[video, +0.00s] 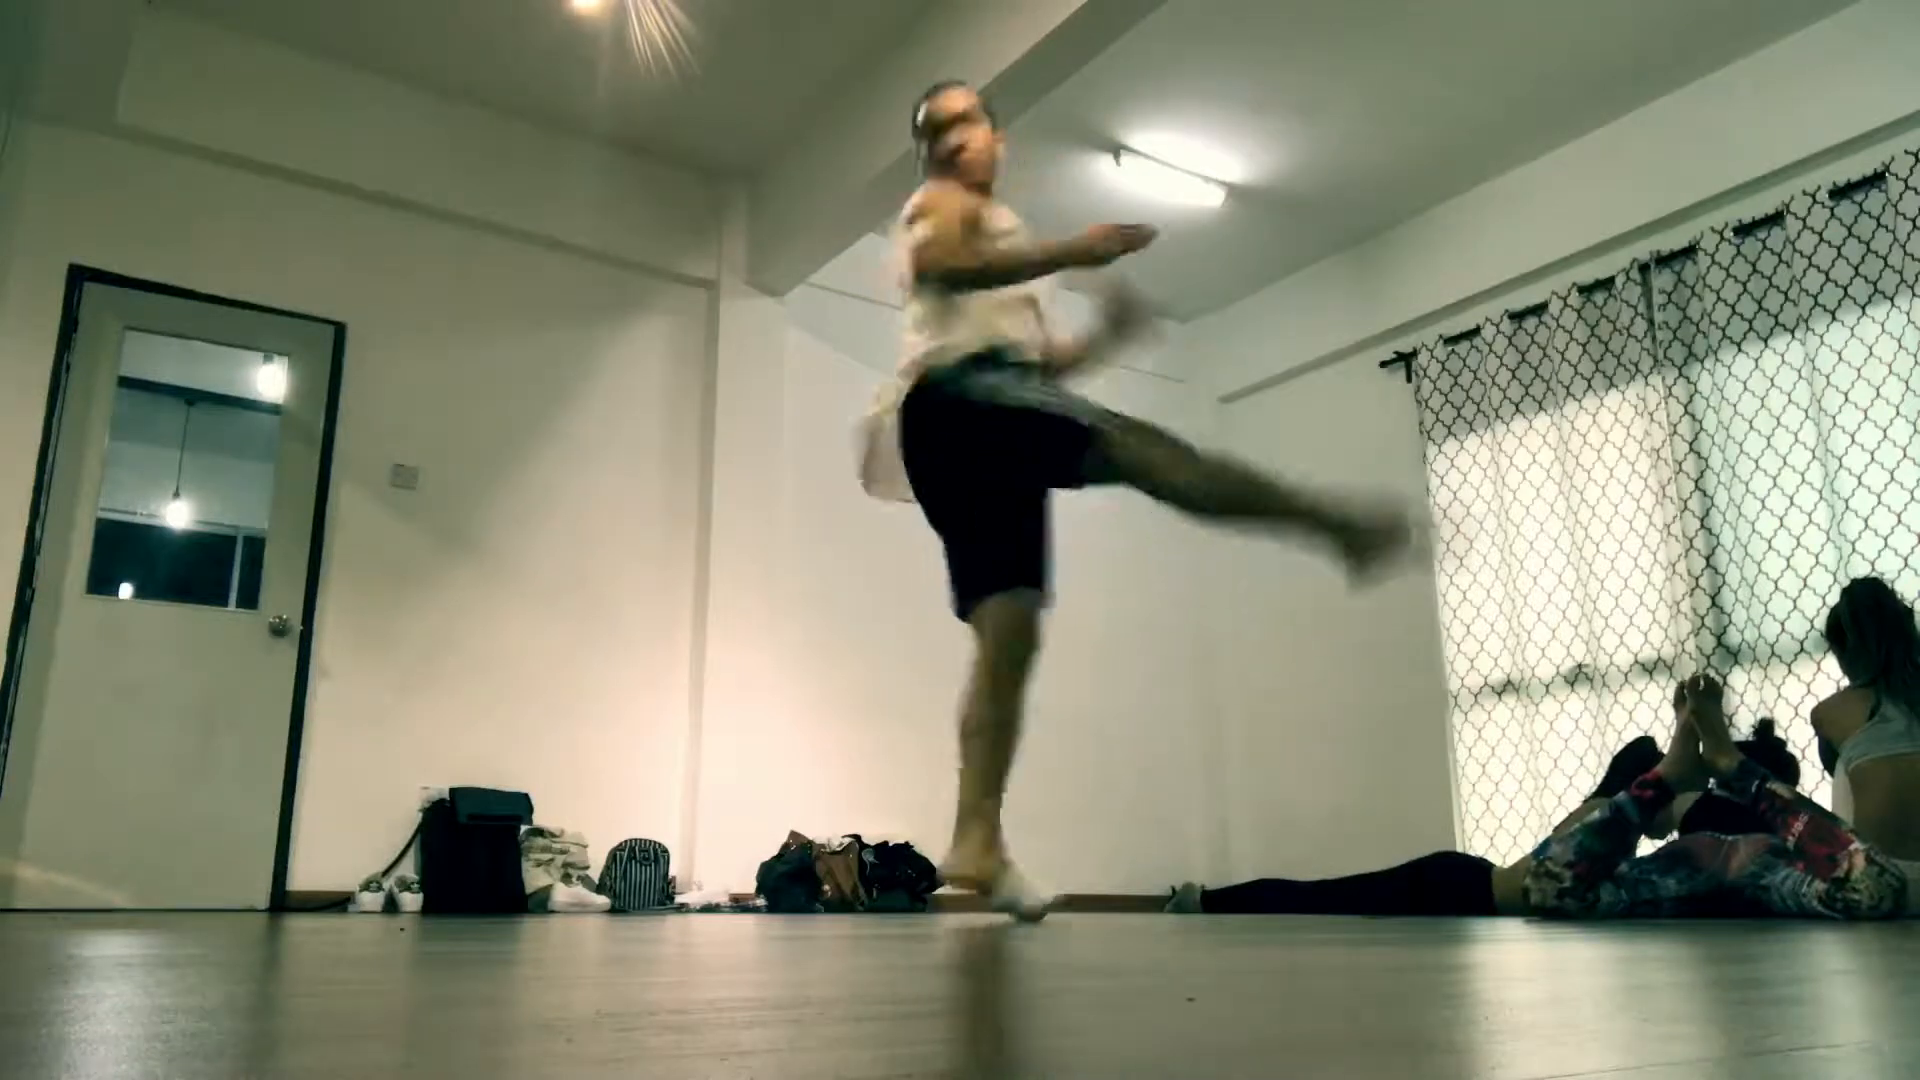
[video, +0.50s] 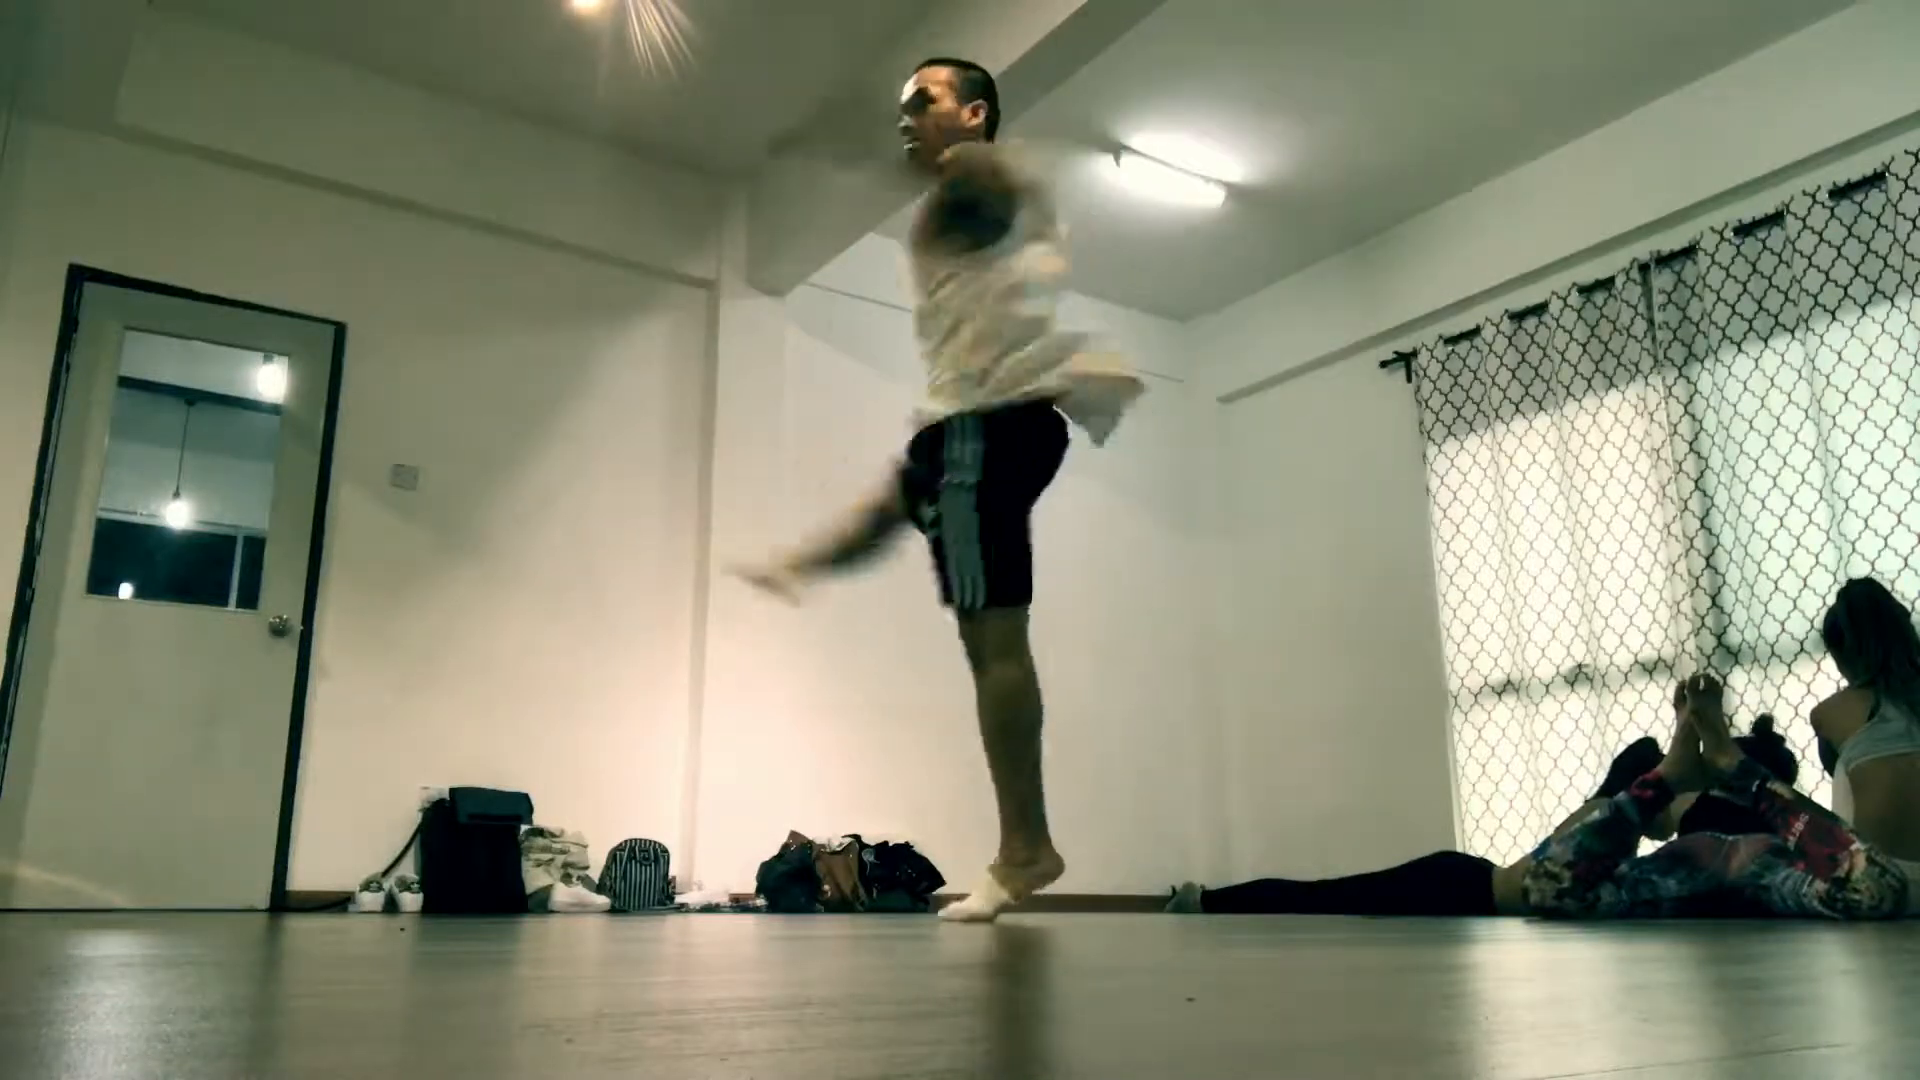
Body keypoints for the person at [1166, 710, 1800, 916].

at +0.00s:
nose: (1676, 793)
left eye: (1670, 781)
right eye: (1671, 782)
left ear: (1630, 777)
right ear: (1647, 783)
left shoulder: (1618, 818)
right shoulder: (1619, 825)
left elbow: (1668, 794)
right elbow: (1671, 796)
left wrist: (1699, 743)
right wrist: (1696, 742)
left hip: (1473, 879)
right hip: (1470, 888)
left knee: (1335, 893)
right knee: (1331, 897)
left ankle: (1211, 896)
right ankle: (1204, 900)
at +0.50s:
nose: (1676, 776)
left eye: (1676, 768)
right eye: (1672, 769)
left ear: (1656, 779)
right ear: (1653, 781)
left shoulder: (1628, 814)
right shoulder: (1623, 815)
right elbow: (1670, 800)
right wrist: (1695, 736)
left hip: (1479, 882)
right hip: (1472, 883)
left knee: (1338, 895)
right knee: (1333, 896)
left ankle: (1213, 898)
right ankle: (1207, 899)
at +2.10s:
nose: (1676, 729)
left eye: (1695, 728)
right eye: (1685, 721)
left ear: (1726, 748)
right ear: (1702, 740)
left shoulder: (1695, 805)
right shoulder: (1648, 785)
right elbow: (1643, 794)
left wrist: (1696, 732)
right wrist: (1685, 729)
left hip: (1487, 888)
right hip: (1479, 879)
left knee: (1337, 898)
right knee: (1333, 894)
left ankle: (1211, 902)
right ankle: (1208, 900)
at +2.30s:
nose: (1672, 718)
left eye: (1686, 715)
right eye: (1674, 710)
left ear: (1718, 734)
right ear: (1693, 727)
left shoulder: (1712, 799)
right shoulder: (1649, 777)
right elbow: (1633, 798)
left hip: (1501, 890)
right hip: (1485, 878)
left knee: (1340, 901)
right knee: (1335, 894)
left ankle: (1212, 903)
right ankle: (1208, 901)